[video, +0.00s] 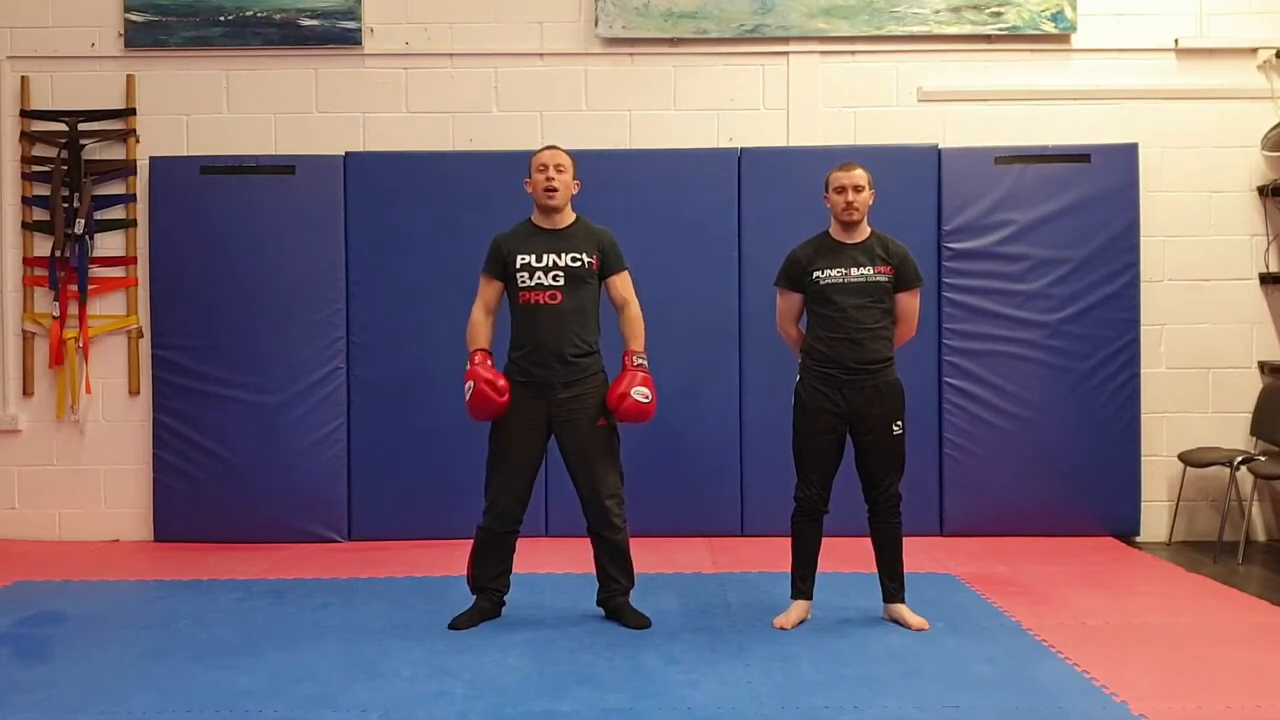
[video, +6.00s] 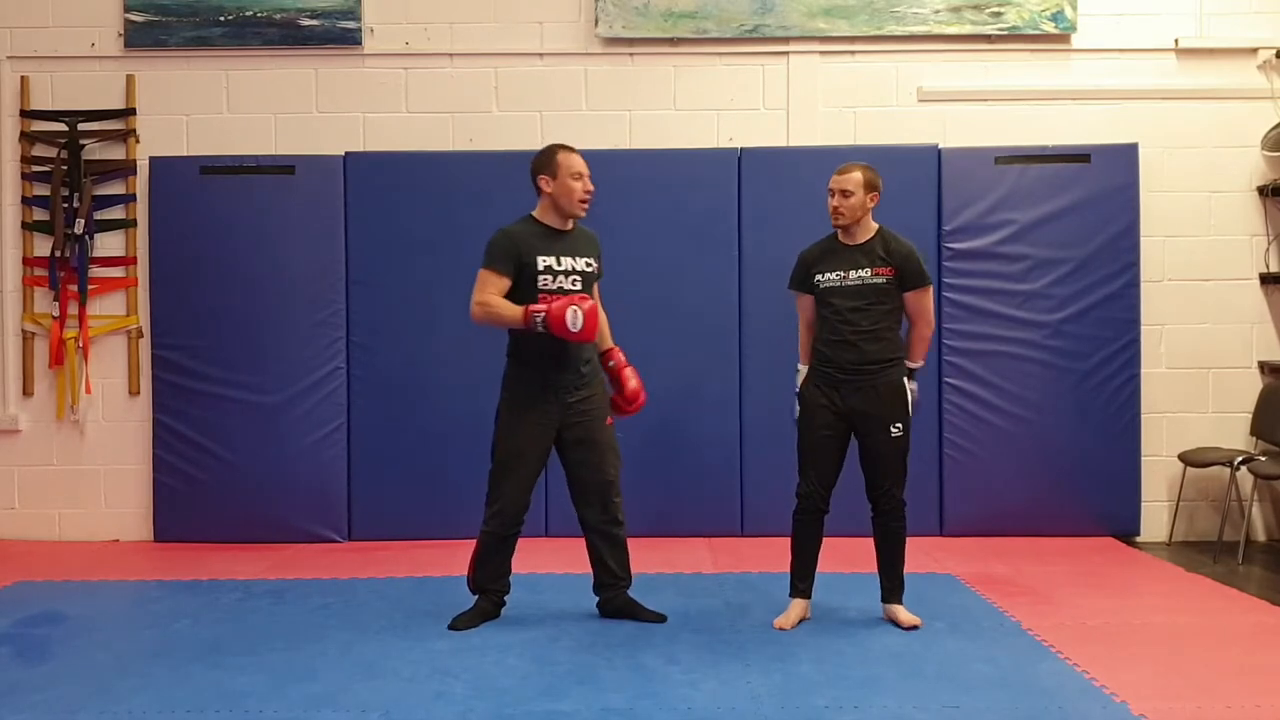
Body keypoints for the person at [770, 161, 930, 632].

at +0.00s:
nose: (849, 197)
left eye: (857, 189)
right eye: (839, 190)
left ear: (871, 196)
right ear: (827, 198)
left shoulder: (896, 256)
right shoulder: (803, 258)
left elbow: (907, 327)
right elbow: (787, 325)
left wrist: (865, 353)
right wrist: (822, 357)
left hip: (878, 392)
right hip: (819, 393)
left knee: (885, 499)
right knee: (810, 497)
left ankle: (894, 600)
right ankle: (801, 598)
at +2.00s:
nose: (847, 200)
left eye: (855, 191)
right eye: (838, 193)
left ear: (870, 197)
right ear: (826, 200)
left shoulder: (895, 257)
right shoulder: (803, 258)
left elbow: (906, 329)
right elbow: (786, 326)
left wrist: (864, 353)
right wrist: (821, 357)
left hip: (877, 391)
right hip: (818, 392)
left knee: (885, 498)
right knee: (809, 497)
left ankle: (894, 601)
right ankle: (801, 598)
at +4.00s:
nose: (847, 199)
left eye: (855, 190)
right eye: (838, 191)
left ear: (872, 196)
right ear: (827, 198)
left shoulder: (897, 256)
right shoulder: (805, 258)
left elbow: (908, 327)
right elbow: (787, 325)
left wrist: (866, 353)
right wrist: (822, 357)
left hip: (879, 392)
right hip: (820, 392)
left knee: (886, 499)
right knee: (810, 497)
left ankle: (894, 601)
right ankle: (801, 599)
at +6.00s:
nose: (835, 202)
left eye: (845, 194)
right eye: (831, 194)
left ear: (871, 199)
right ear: (828, 199)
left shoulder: (900, 255)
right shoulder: (812, 259)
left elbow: (923, 322)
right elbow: (807, 325)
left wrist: (908, 376)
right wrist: (805, 376)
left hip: (884, 390)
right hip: (824, 391)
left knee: (888, 500)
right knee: (810, 496)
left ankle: (892, 600)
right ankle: (799, 597)